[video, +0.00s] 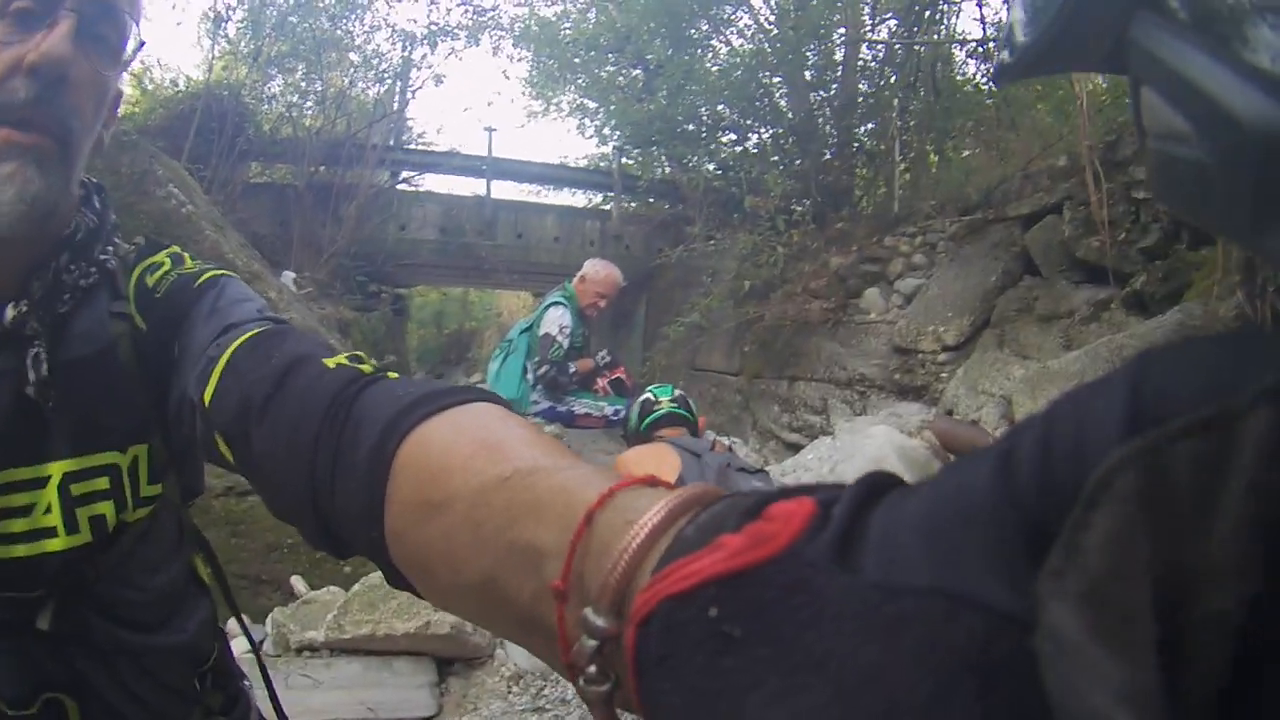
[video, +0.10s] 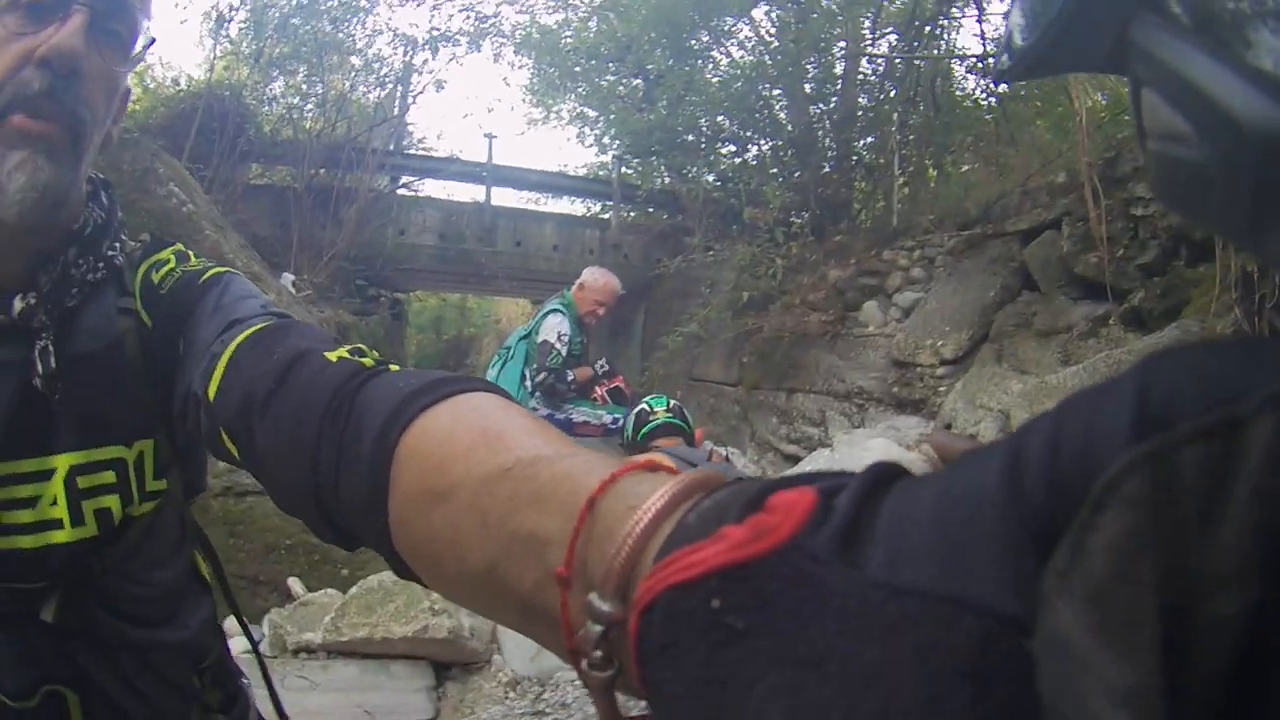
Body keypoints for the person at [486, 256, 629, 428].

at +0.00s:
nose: (603, 305)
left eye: (608, 300)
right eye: (599, 296)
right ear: (580, 282)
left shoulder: (573, 309)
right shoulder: (559, 312)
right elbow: (547, 375)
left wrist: (593, 381)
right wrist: (592, 363)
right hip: (536, 402)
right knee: (627, 412)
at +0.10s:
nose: (602, 313)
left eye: (607, 308)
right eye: (598, 304)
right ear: (578, 289)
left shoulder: (570, 316)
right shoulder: (558, 319)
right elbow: (545, 381)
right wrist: (592, 371)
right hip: (534, 407)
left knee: (624, 413)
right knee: (624, 420)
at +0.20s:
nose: (615, 307)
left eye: (621, 302)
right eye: (612, 299)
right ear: (592, 284)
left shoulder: (584, 311)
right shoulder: (572, 314)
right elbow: (561, 377)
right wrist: (606, 366)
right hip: (549, 404)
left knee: (639, 408)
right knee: (640, 416)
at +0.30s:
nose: (616, 308)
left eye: (621, 302)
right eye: (613, 299)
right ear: (592, 285)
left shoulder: (584, 311)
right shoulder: (572, 314)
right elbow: (561, 376)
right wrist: (606, 367)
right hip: (546, 404)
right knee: (640, 416)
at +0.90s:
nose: (623, 303)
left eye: (627, 297)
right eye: (619, 294)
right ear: (597, 284)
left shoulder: (580, 307)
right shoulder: (580, 315)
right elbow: (575, 374)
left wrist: (607, 374)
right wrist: (617, 382)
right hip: (555, 404)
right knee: (642, 420)